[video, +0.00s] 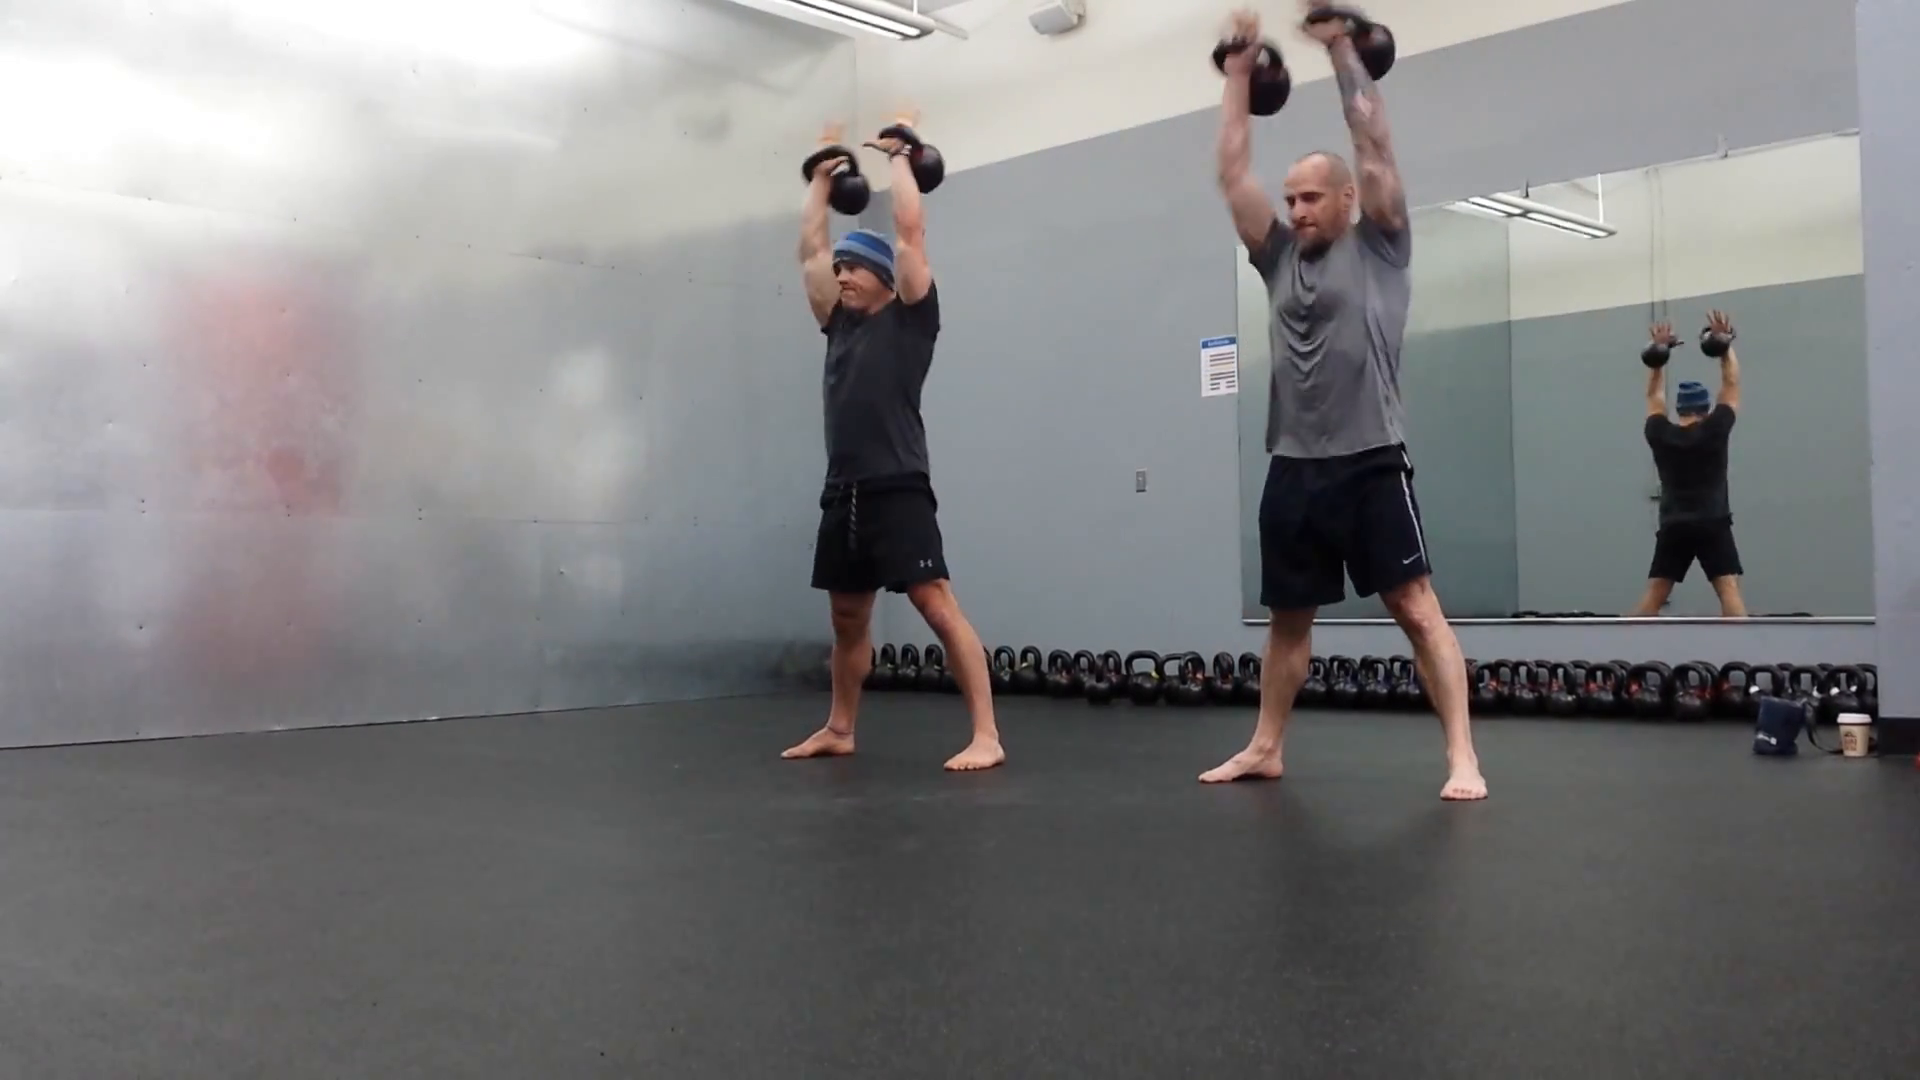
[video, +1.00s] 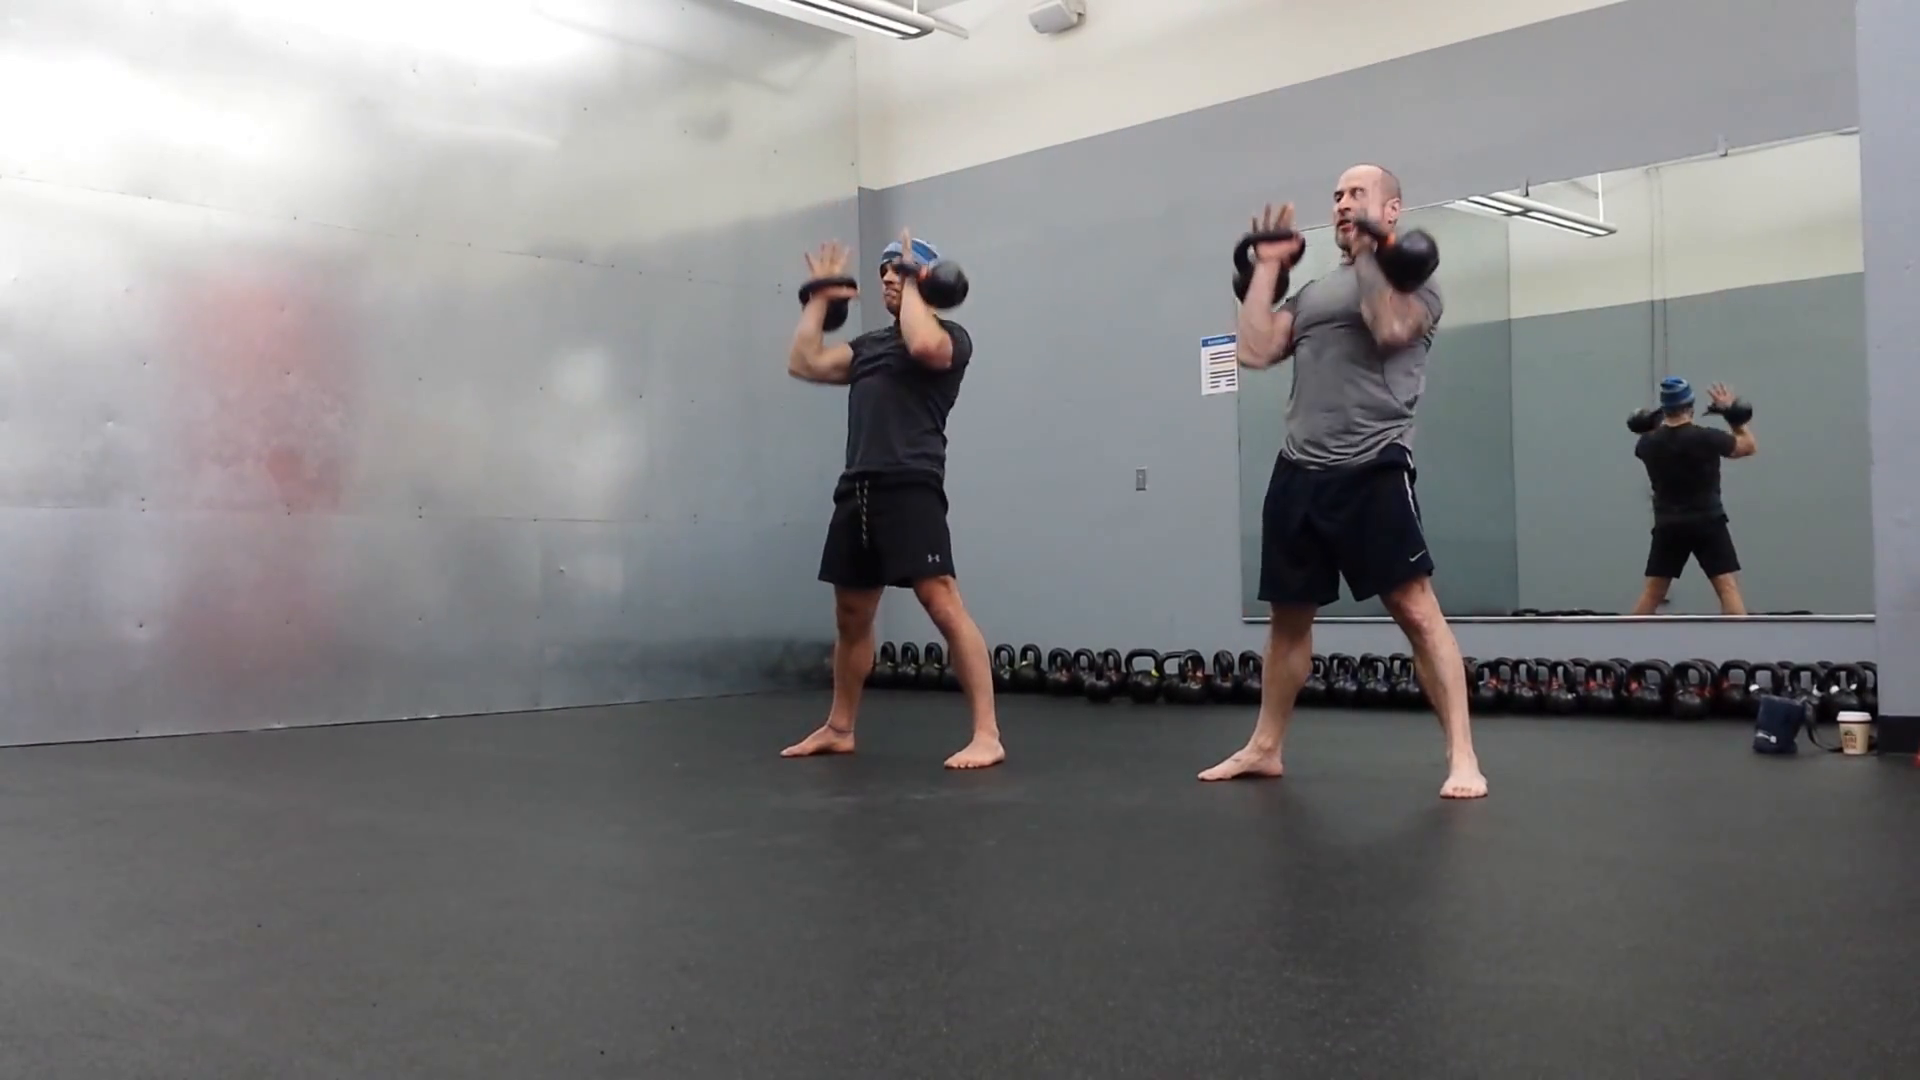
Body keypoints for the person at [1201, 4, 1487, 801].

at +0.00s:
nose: (1298, 209)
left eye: (1309, 197)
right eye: (1294, 200)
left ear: (1346, 198)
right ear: (1288, 208)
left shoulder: (1380, 248)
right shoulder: (1280, 257)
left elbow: (1376, 146)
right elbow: (1232, 171)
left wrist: (1340, 48)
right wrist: (1238, 71)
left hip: (1373, 461)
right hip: (1293, 466)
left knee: (1415, 607)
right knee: (1288, 617)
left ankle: (1462, 759)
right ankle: (1265, 747)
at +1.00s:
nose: (1343, 203)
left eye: (1358, 193)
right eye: (1338, 196)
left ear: (1394, 210)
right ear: (1332, 215)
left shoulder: (1417, 283)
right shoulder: (1315, 291)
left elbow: (1391, 329)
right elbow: (1256, 348)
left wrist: (1369, 255)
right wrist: (1269, 265)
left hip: (1375, 473)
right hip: (1299, 473)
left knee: (1416, 611)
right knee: (1288, 616)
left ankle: (1462, 757)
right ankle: (1265, 746)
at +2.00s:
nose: (1335, 206)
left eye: (1349, 194)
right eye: (1329, 197)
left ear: (1385, 204)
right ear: (1324, 209)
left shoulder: (1416, 279)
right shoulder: (1308, 284)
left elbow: (1401, 353)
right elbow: (1270, 378)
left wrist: (1340, 296)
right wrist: (1262, 310)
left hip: (1387, 467)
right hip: (1311, 470)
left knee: (1421, 610)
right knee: (1288, 613)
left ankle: (1464, 758)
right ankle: (1265, 747)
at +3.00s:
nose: (1331, 222)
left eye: (1344, 210)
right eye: (1324, 214)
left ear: (1379, 217)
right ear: (1318, 226)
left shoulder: (1411, 296)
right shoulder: (1308, 308)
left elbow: (1380, 383)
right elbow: (1288, 391)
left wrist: (1340, 460)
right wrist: (1271, 470)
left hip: (1401, 471)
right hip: (1327, 471)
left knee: (1437, 596)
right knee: (1270, 598)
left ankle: (1468, 755)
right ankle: (1262, 742)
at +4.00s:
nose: (1220, 396)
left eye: (1232, 379)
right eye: (1215, 383)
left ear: (1269, 377)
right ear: (1210, 388)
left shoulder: (1335, 440)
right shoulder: (1233, 462)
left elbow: (1373, 544)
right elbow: (1280, 544)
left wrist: (1373, 616)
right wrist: (1330, 615)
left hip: (1400, 534)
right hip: (1322, 545)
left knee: (1420, 622)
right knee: (1220, 615)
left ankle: (1464, 761)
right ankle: (1260, 749)